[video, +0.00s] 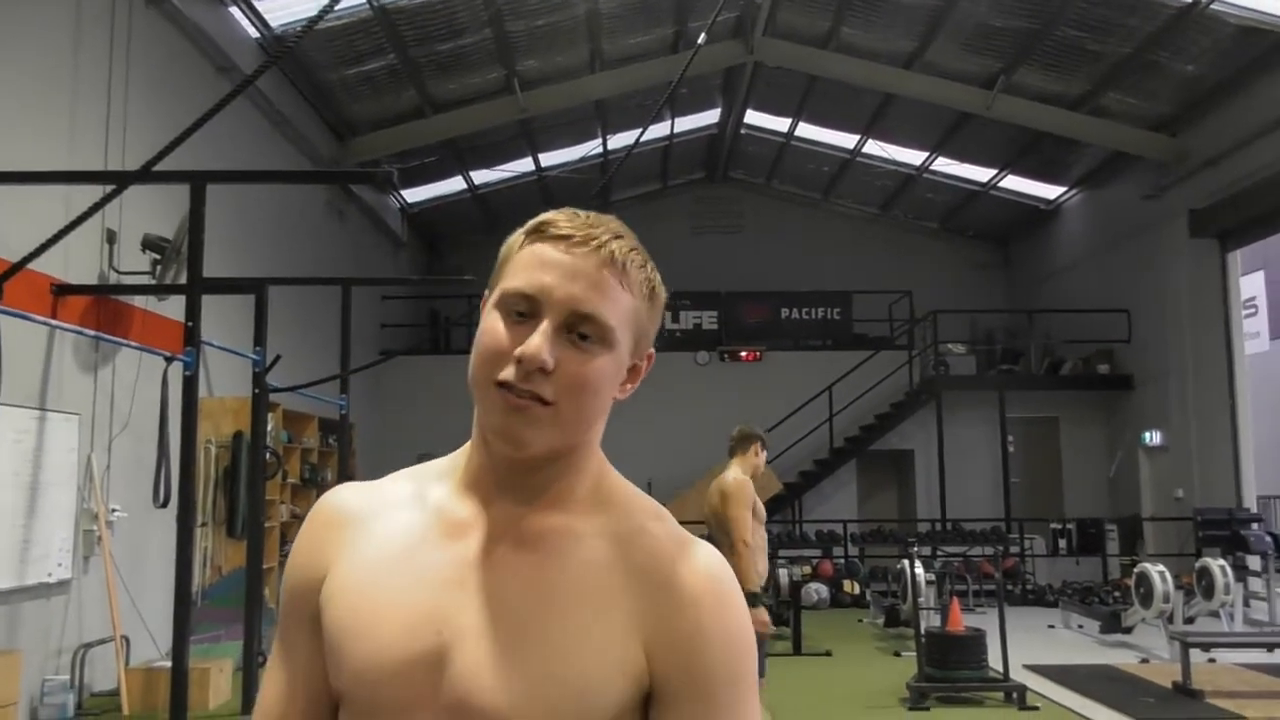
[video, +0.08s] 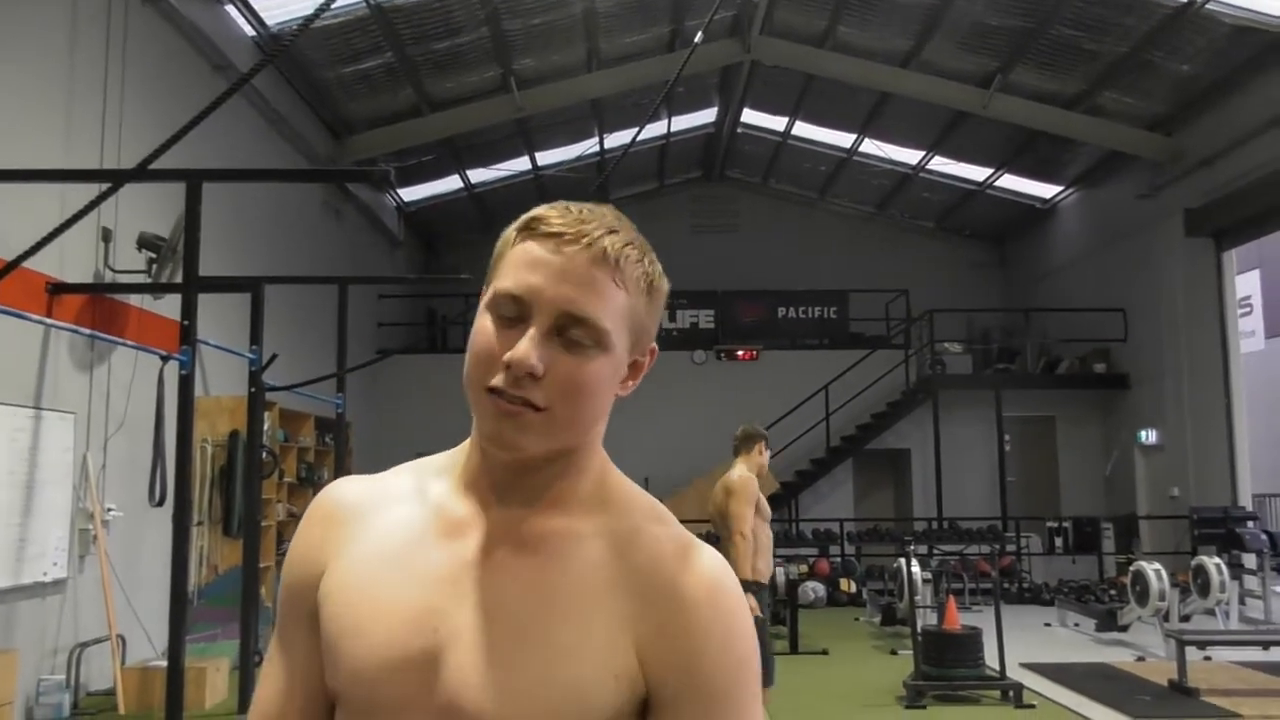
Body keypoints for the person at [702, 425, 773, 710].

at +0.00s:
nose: (764, 463)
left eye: (764, 456)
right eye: (764, 456)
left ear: (734, 451)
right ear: (755, 450)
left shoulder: (719, 485)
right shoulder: (739, 484)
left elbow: (721, 545)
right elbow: (740, 545)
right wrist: (754, 600)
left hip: (731, 592)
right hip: (749, 595)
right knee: (754, 680)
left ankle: (745, 710)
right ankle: (751, 711)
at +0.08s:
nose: (768, 460)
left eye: (767, 453)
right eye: (767, 453)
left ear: (739, 450)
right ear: (759, 449)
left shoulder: (727, 482)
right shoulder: (744, 481)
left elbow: (727, 535)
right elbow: (740, 535)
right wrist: (745, 589)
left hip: (746, 588)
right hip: (753, 589)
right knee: (762, 675)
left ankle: (752, 710)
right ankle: (757, 712)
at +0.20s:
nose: (776, 459)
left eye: (776, 453)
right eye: (776, 452)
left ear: (746, 448)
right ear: (768, 448)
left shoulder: (736, 478)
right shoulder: (750, 474)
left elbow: (734, 531)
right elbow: (739, 525)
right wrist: (744, 578)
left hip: (755, 587)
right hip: (760, 588)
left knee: (762, 686)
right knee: (774, 689)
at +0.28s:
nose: (782, 460)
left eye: (782, 453)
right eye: (782, 452)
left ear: (753, 446)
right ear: (775, 447)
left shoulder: (741, 476)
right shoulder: (756, 473)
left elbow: (740, 531)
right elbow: (744, 524)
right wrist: (754, 579)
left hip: (749, 581)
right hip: (763, 583)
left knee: (757, 680)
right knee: (782, 685)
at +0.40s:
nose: (790, 458)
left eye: (790, 451)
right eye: (789, 451)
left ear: (761, 446)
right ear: (781, 446)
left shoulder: (740, 480)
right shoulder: (764, 474)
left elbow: (745, 536)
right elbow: (755, 530)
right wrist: (775, 585)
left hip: (747, 580)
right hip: (768, 582)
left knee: (752, 677)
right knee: (790, 682)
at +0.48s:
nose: (796, 458)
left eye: (798, 452)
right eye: (797, 451)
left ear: (769, 445)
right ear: (790, 445)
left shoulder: (750, 477)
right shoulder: (772, 472)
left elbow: (752, 534)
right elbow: (766, 530)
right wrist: (791, 583)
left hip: (751, 578)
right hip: (774, 580)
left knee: (755, 676)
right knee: (803, 678)